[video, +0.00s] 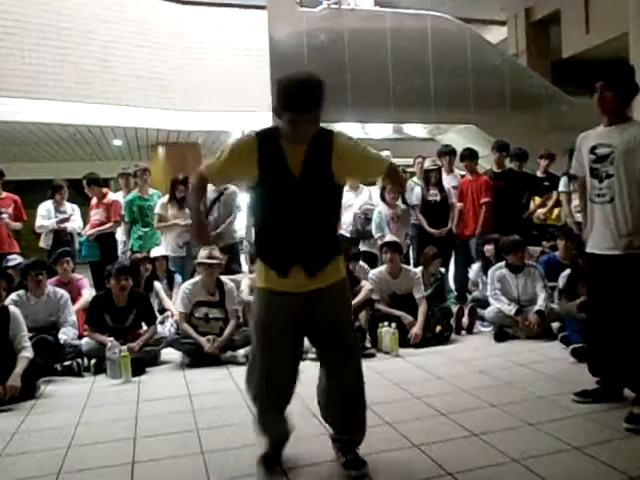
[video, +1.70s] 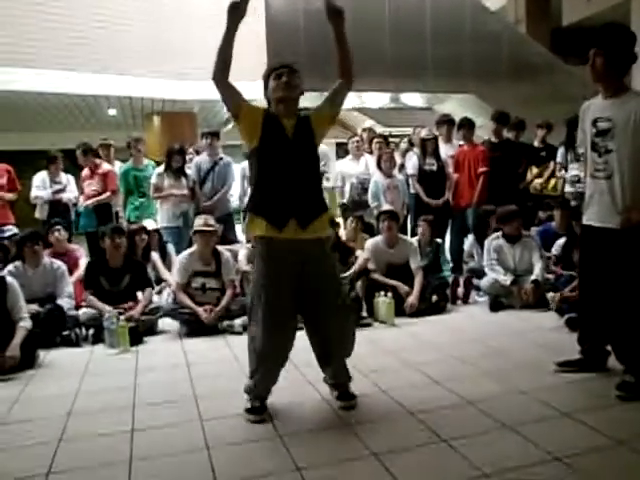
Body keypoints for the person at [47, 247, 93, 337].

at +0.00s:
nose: (65, 266)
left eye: (67, 262)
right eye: (61, 263)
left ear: (73, 265)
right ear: (55, 267)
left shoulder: (81, 280)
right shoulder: (50, 284)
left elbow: (87, 297)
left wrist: (71, 311)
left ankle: (81, 333)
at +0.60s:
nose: (76, 265)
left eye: (78, 261)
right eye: (72, 262)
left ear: (82, 262)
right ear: (66, 266)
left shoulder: (92, 279)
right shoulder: (62, 282)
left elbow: (97, 296)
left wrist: (82, 308)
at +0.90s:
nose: (72, 257)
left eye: (75, 252)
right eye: (68, 254)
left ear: (80, 255)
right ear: (63, 258)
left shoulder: (88, 271)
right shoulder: (57, 274)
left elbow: (94, 287)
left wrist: (78, 300)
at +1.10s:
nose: (61, 256)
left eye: (64, 252)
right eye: (57, 254)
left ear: (69, 254)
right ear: (52, 258)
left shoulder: (78, 270)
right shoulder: (47, 274)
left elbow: (84, 286)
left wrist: (68, 301)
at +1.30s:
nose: (55, 235)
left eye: (58, 231)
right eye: (51, 232)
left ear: (63, 232)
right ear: (45, 234)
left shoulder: (72, 248)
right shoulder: (41, 252)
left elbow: (76, 265)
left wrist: (63, 277)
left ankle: (73, 302)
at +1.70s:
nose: (56, 235)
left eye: (59, 231)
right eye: (53, 232)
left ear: (67, 235)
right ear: (49, 238)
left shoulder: (77, 251)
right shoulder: (46, 255)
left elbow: (81, 269)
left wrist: (69, 282)